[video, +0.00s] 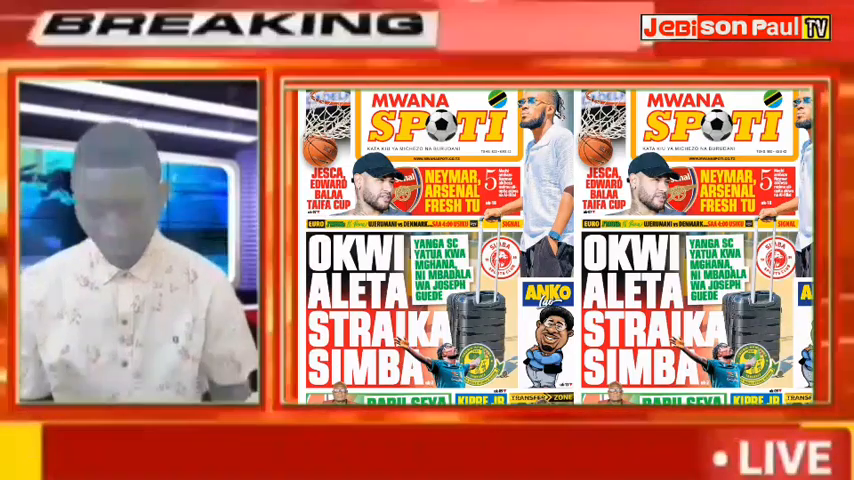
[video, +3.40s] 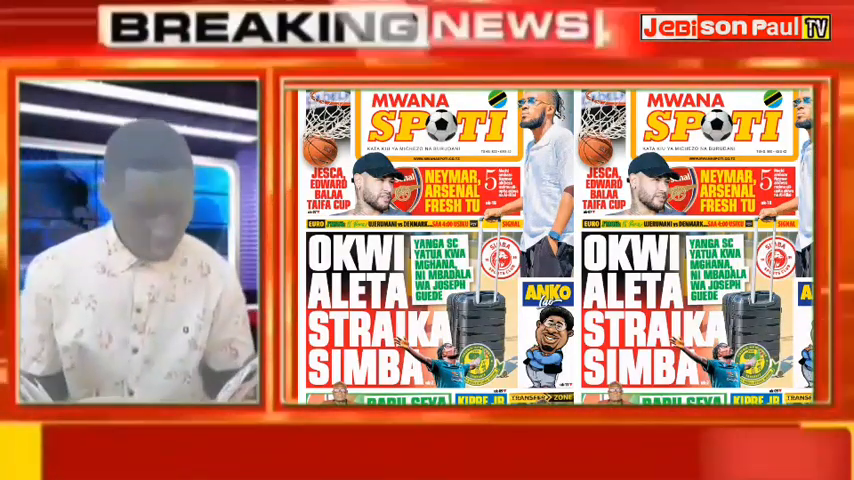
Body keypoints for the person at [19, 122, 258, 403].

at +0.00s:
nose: (113, 227)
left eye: (128, 208)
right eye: (95, 210)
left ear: (162, 195)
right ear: (74, 199)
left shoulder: (207, 286)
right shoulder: (36, 289)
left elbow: (231, 402)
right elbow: (32, 411)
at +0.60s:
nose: (140, 191)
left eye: (156, 173)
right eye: (122, 174)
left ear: (185, 187)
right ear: (99, 188)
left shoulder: (225, 277)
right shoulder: (58, 278)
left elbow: (252, 391)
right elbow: (41, 402)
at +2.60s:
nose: (131, 232)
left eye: (148, 213)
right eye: (114, 214)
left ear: (176, 195)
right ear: (90, 195)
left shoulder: (215, 276)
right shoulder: (53, 280)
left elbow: (241, 384)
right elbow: (43, 394)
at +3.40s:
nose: (163, 227)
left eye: (176, 208)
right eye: (145, 211)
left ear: (193, 194)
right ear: (108, 196)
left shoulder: (216, 275)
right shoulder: (54, 272)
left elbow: (233, 383)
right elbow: (40, 389)